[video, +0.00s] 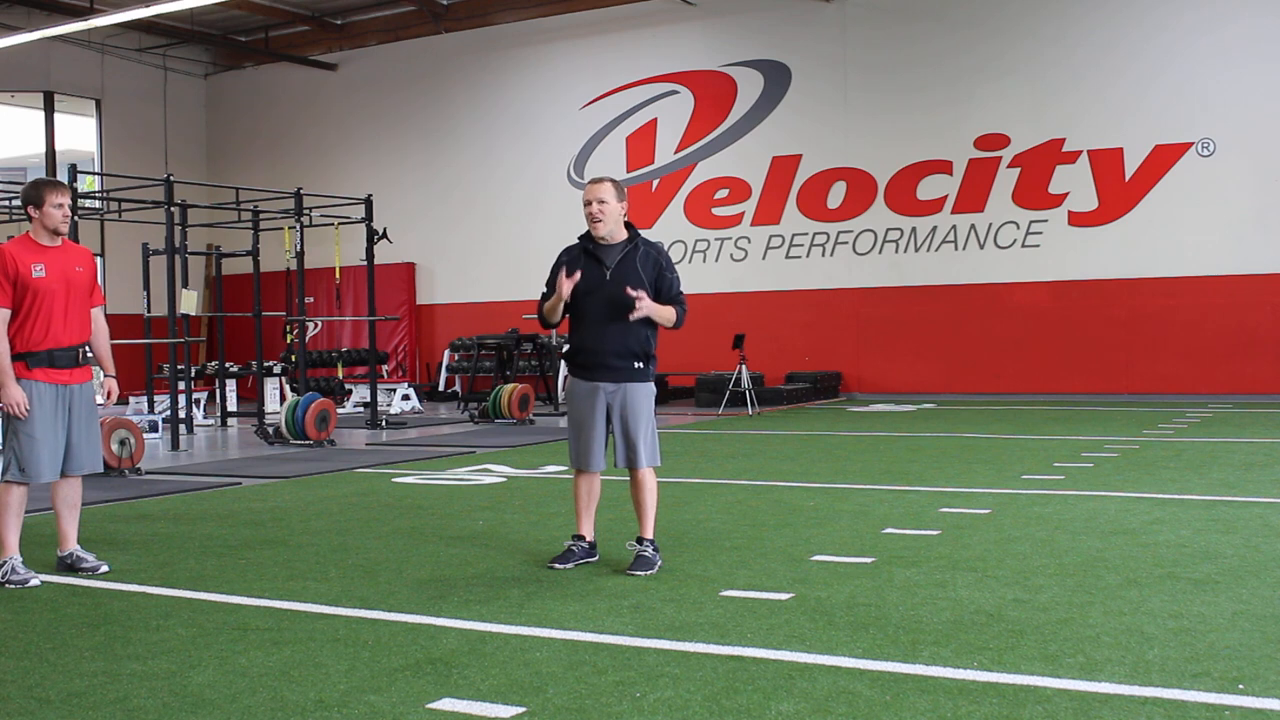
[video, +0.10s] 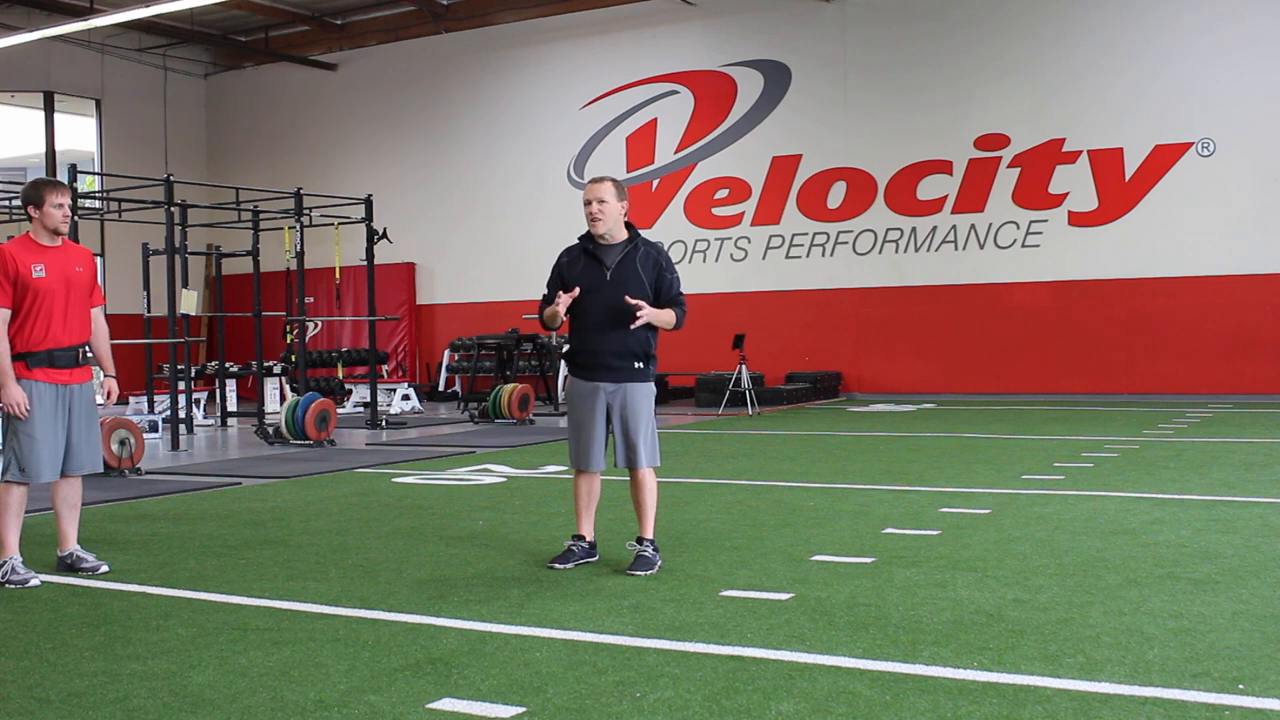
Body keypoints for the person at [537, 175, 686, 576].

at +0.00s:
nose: (593, 210)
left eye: (601, 203)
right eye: (588, 204)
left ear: (622, 207)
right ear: (583, 210)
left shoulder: (652, 256)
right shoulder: (571, 258)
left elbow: (677, 316)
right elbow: (546, 321)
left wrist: (652, 308)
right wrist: (559, 298)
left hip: (634, 380)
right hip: (583, 378)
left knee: (640, 463)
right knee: (585, 463)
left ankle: (647, 544)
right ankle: (584, 542)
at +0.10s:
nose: (592, 209)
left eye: (600, 202)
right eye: (588, 203)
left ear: (623, 206)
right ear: (584, 209)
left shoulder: (652, 256)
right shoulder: (570, 259)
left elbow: (677, 316)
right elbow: (546, 321)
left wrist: (652, 313)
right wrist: (556, 311)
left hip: (634, 380)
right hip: (583, 379)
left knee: (640, 463)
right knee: (585, 464)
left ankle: (647, 544)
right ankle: (584, 542)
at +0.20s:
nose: (592, 209)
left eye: (600, 202)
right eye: (588, 203)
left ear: (623, 206)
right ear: (584, 209)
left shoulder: (653, 256)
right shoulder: (570, 259)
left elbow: (677, 315)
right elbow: (547, 321)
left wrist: (652, 313)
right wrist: (557, 311)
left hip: (635, 380)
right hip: (584, 378)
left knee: (640, 463)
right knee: (585, 464)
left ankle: (647, 544)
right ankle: (584, 542)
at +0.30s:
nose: (592, 209)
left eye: (600, 202)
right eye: (588, 203)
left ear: (623, 206)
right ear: (584, 208)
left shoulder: (653, 256)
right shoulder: (570, 259)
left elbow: (677, 315)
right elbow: (548, 321)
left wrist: (652, 313)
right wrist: (556, 312)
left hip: (635, 380)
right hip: (584, 378)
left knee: (640, 463)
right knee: (585, 464)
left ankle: (647, 544)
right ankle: (584, 542)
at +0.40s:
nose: (591, 209)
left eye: (600, 202)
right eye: (587, 203)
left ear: (623, 206)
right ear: (585, 209)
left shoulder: (653, 256)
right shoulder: (571, 259)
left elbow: (678, 315)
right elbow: (548, 321)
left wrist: (652, 312)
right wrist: (556, 312)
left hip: (635, 380)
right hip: (584, 379)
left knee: (640, 463)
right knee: (586, 464)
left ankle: (646, 544)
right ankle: (584, 542)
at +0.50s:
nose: (591, 209)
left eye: (599, 202)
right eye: (587, 203)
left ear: (623, 207)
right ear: (585, 208)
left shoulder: (653, 256)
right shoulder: (571, 259)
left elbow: (678, 315)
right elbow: (548, 322)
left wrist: (652, 312)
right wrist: (557, 311)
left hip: (635, 380)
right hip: (584, 379)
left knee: (641, 463)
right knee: (586, 464)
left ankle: (646, 544)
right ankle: (584, 542)